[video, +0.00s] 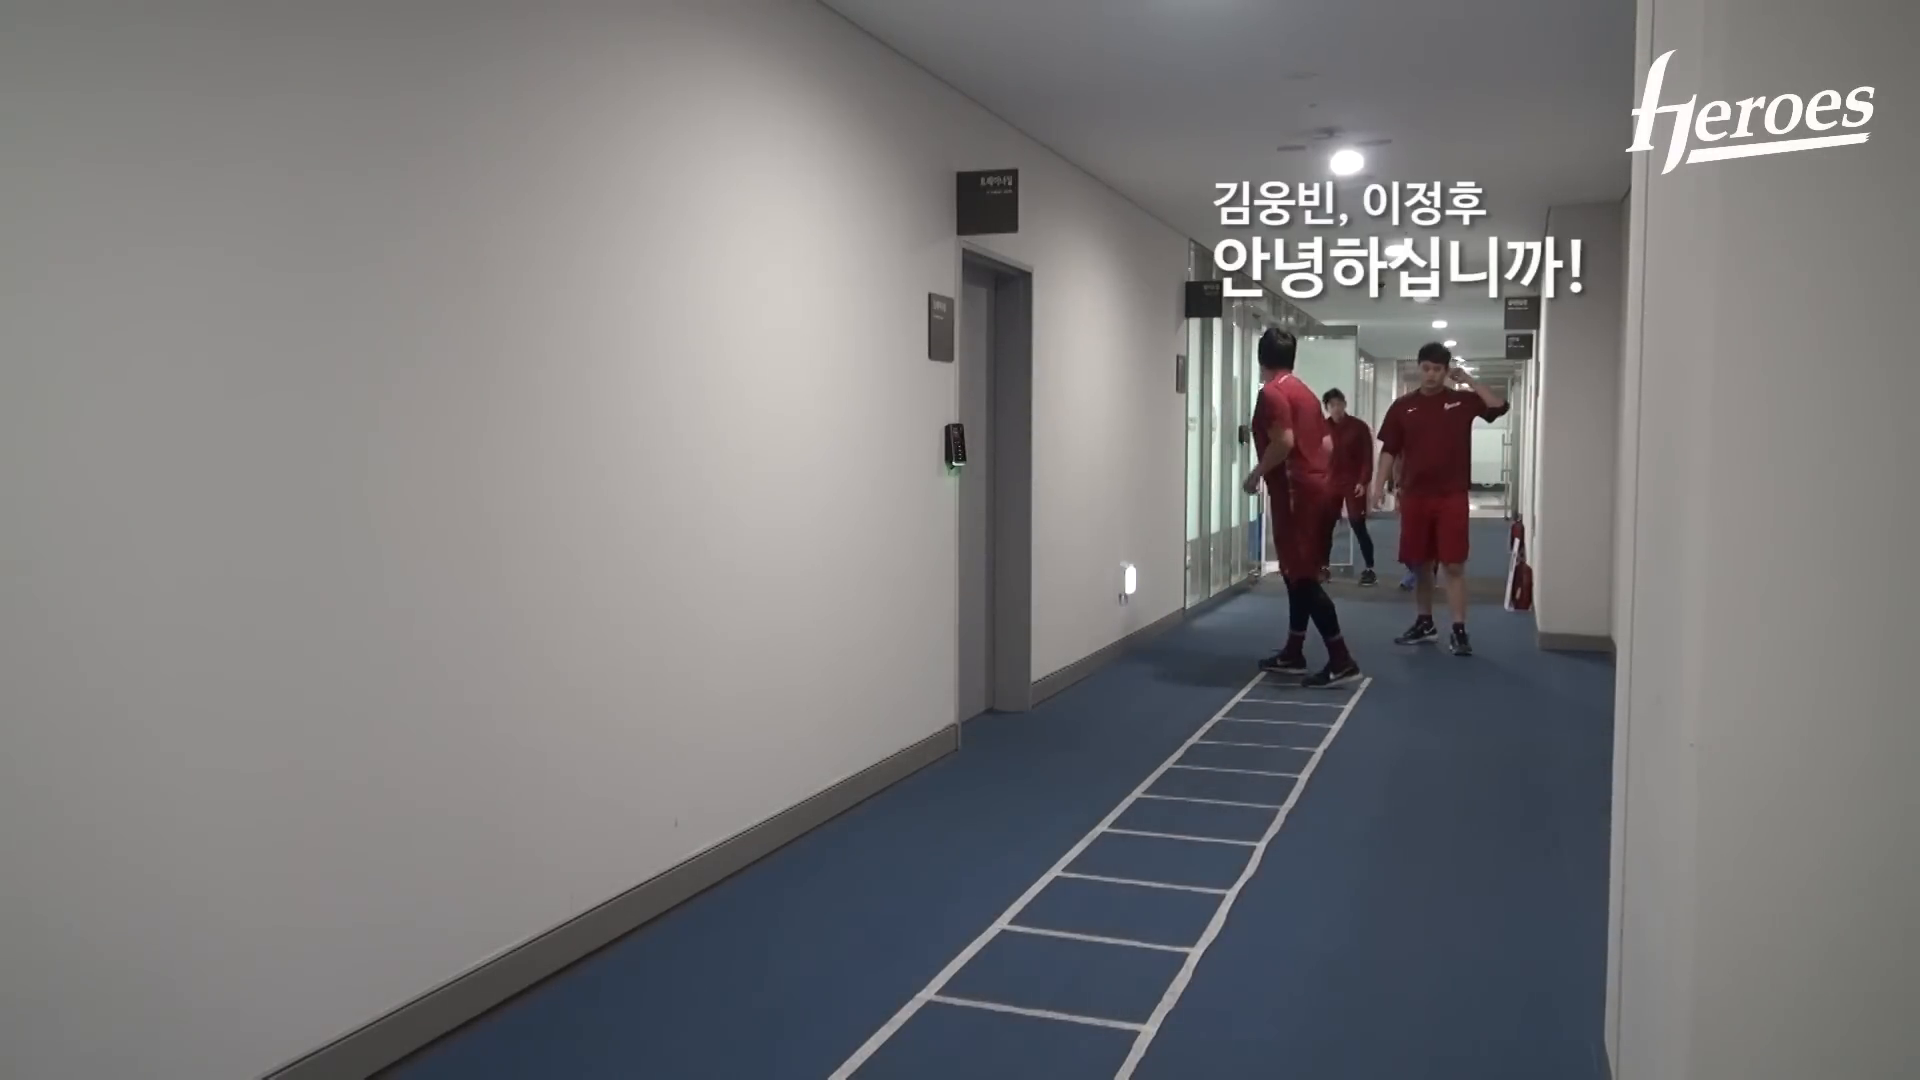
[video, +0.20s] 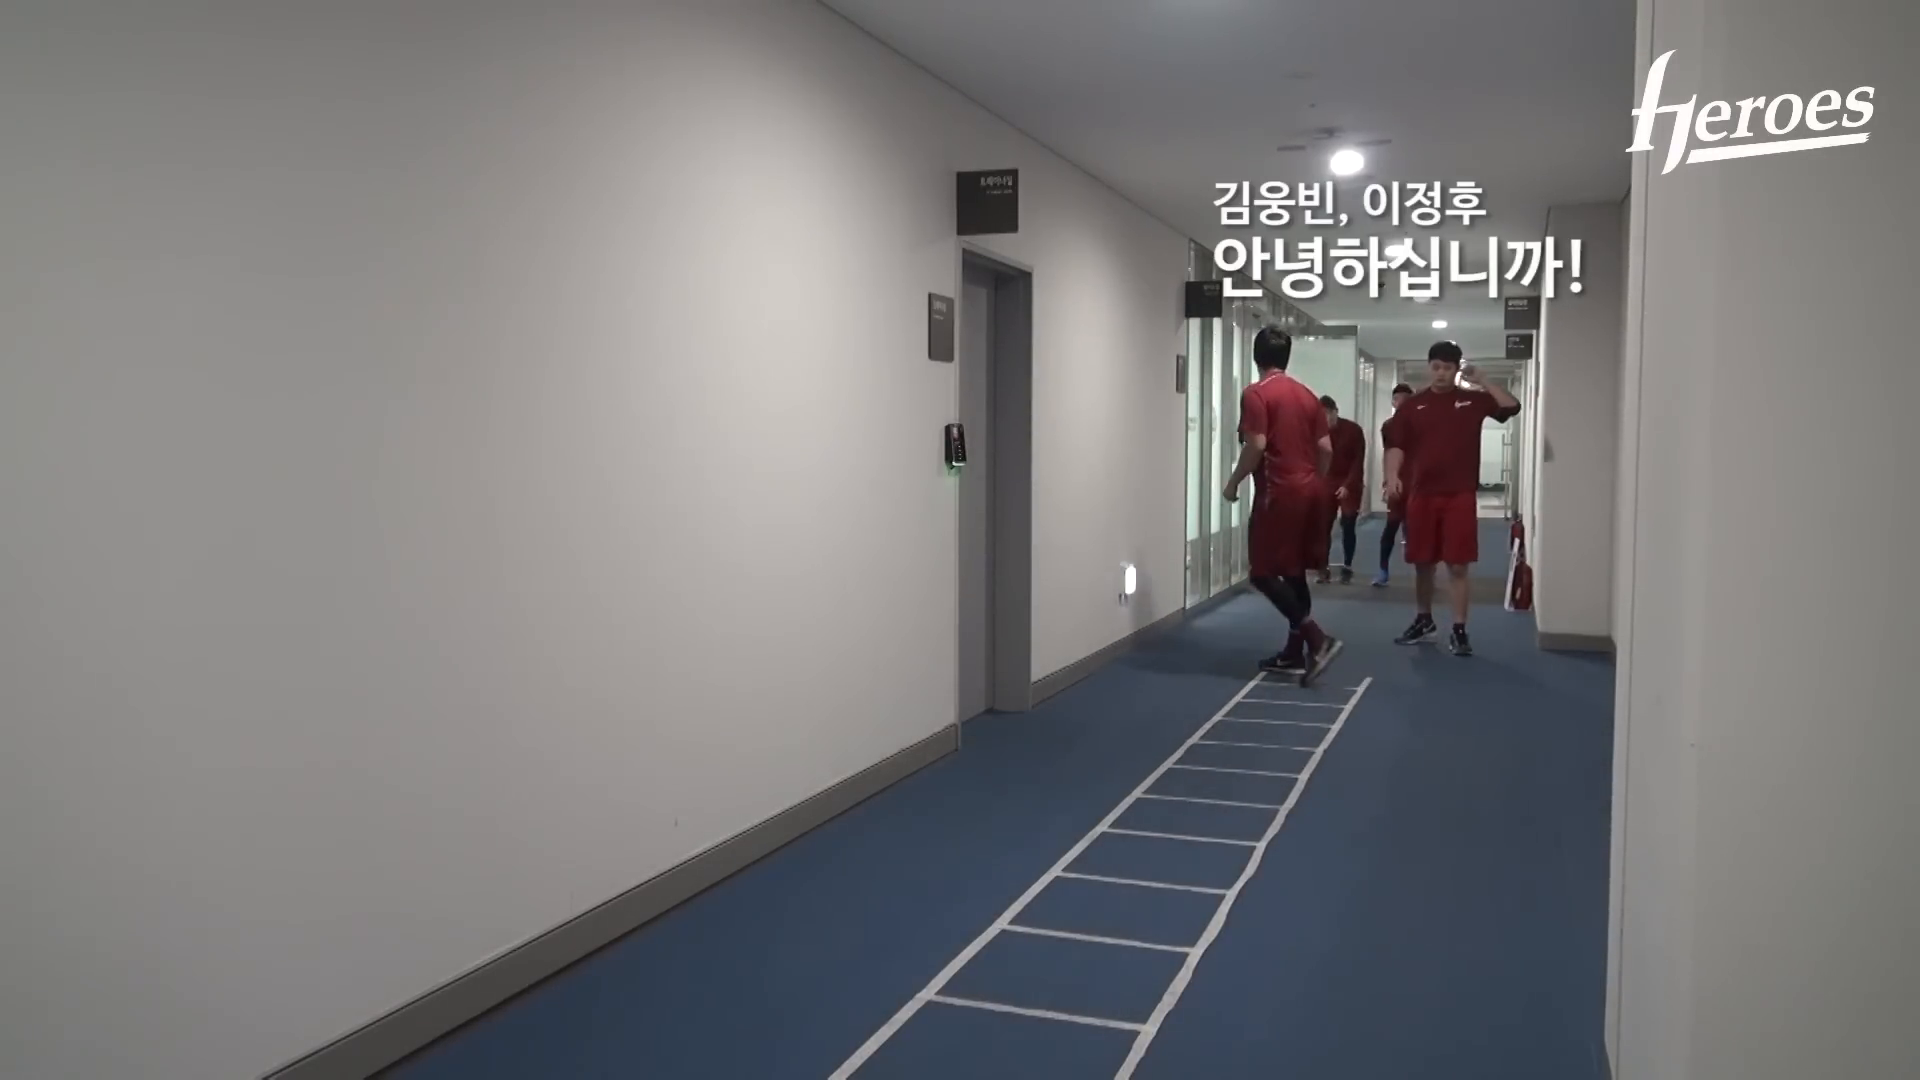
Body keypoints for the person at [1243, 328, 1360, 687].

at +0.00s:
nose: (1258, 362)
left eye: (1258, 356)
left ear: (1261, 358)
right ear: (1291, 358)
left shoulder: (1273, 391)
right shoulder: (1306, 392)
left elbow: (1284, 440)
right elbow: (1325, 443)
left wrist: (1257, 473)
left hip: (1296, 493)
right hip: (1320, 491)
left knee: (1301, 575)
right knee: (1297, 573)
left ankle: (1340, 658)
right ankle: (1293, 652)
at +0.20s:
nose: (1255, 362)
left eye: (1255, 357)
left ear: (1257, 358)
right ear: (1287, 359)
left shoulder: (1256, 393)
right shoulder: (1307, 394)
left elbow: (1257, 445)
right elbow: (1325, 447)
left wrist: (1235, 480)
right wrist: (1317, 484)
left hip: (1277, 495)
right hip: (1311, 493)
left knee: (1262, 574)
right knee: (1295, 571)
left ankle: (1315, 637)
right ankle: (1292, 652)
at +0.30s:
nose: (1249, 361)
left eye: (1249, 355)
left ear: (1251, 358)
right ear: (1281, 358)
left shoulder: (1249, 393)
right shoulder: (1302, 394)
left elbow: (1247, 447)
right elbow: (1321, 447)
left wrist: (1228, 490)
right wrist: (1312, 484)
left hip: (1268, 493)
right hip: (1304, 493)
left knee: (1236, 569)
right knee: (1292, 571)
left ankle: (1286, 634)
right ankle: (1295, 654)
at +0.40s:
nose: (1242, 363)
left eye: (1241, 357)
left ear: (1243, 360)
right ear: (1273, 360)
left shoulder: (1240, 396)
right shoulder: (1295, 395)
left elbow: (1238, 443)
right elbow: (1314, 448)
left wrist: (1224, 491)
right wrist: (1306, 483)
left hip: (1257, 497)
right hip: (1295, 497)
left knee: (1221, 565)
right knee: (1291, 571)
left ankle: (1241, 642)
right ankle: (1294, 652)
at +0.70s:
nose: (1207, 371)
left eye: (1204, 366)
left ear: (1205, 366)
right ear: (1235, 364)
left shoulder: (1204, 402)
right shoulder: (1260, 398)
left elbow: (1196, 452)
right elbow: (1281, 447)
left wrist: (1187, 499)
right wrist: (1265, 450)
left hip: (1219, 497)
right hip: (1255, 497)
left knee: (1204, 573)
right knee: (1254, 571)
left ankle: (1188, 647)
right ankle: (1284, 643)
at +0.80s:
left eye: (1194, 364)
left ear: (1195, 365)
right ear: (1226, 363)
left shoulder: (1192, 401)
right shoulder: (1251, 396)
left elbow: (1183, 454)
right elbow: (1277, 437)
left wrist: (1173, 499)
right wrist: (1251, 420)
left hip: (1210, 494)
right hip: (1246, 493)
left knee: (1201, 570)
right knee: (1236, 565)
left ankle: (1189, 647)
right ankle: (1267, 625)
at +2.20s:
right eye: (1248, 372)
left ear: (1223, 378)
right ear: (1251, 374)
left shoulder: (1214, 408)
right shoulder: (1266, 402)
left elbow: (1199, 450)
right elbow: (1291, 415)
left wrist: (1186, 488)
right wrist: (1268, 390)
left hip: (1219, 489)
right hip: (1252, 489)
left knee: (1225, 553)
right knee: (1252, 555)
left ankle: (1226, 616)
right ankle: (1231, 611)